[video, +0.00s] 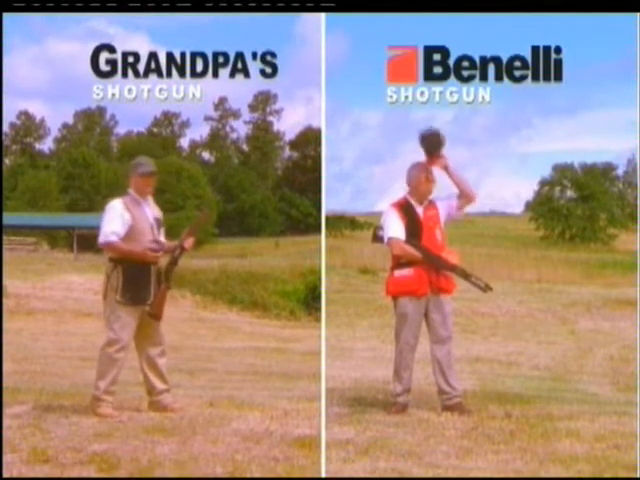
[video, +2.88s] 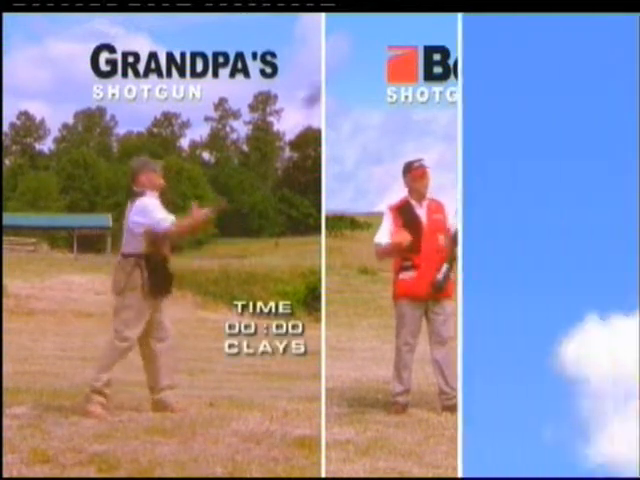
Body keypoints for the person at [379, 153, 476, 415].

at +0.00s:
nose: (431, 186)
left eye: (432, 181)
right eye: (426, 181)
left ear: (433, 183)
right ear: (412, 182)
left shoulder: (439, 208)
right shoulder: (395, 212)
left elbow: (468, 197)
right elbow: (397, 249)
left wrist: (447, 169)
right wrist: (432, 260)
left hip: (437, 281)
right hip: (409, 282)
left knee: (443, 340)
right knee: (406, 342)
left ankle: (450, 397)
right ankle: (400, 396)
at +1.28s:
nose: (434, 187)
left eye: (436, 182)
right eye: (430, 182)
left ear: (438, 183)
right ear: (416, 180)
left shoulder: (441, 208)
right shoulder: (398, 211)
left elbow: (473, 218)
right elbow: (399, 250)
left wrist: (466, 196)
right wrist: (434, 261)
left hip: (439, 282)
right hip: (410, 283)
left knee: (443, 340)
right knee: (407, 343)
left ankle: (451, 397)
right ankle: (401, 396)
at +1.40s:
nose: (436, 189)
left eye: (439, 184)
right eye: (432, 183)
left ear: (441, 185)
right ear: (419, 181)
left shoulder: (444, 210)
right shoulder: (401, 210)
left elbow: (465, 225)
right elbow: (402, 249)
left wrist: (474, 225)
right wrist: (435, 262)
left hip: (440, 281)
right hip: (411, 282)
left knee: (443, 340)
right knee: (407, 343)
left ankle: (450, 397)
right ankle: (400, 397)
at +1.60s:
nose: (441, 190)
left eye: (445, 186)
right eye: (437, 185)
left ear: (448, 186)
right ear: (425, 182)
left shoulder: (449, 210)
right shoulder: (406, 209)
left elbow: (470, 237)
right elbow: (407, 246)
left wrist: (469, 265)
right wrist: (439, 264)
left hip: (442, 283)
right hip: (412, 283)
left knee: (444, 342)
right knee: (407, 343)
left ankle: (451, 397)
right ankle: (400, 396)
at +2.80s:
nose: (427, 181)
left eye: (429, 176)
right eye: (422, 177)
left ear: (433, 178)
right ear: (410, 181)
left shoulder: (443, 209)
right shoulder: (396, 211)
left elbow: (462, 247)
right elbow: (383, 248)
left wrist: (470, 228)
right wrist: (405, 246)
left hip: (440, 280)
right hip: (409, 281)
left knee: (444, 341)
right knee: (406, 342)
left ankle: (451, 397)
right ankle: (400, 395)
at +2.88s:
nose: (422, 182)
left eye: (425, 177)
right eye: (417, 178)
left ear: (429, 179)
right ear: (407, 182)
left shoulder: (440, 208)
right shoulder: (394, 211)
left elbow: (451, 240)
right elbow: (380, 249)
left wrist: (448, 250)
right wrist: (398, 245)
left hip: (439, 284)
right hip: (409, 286)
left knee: (443, 342)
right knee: (406, 343)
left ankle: (449, 396)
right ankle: (401, 395)